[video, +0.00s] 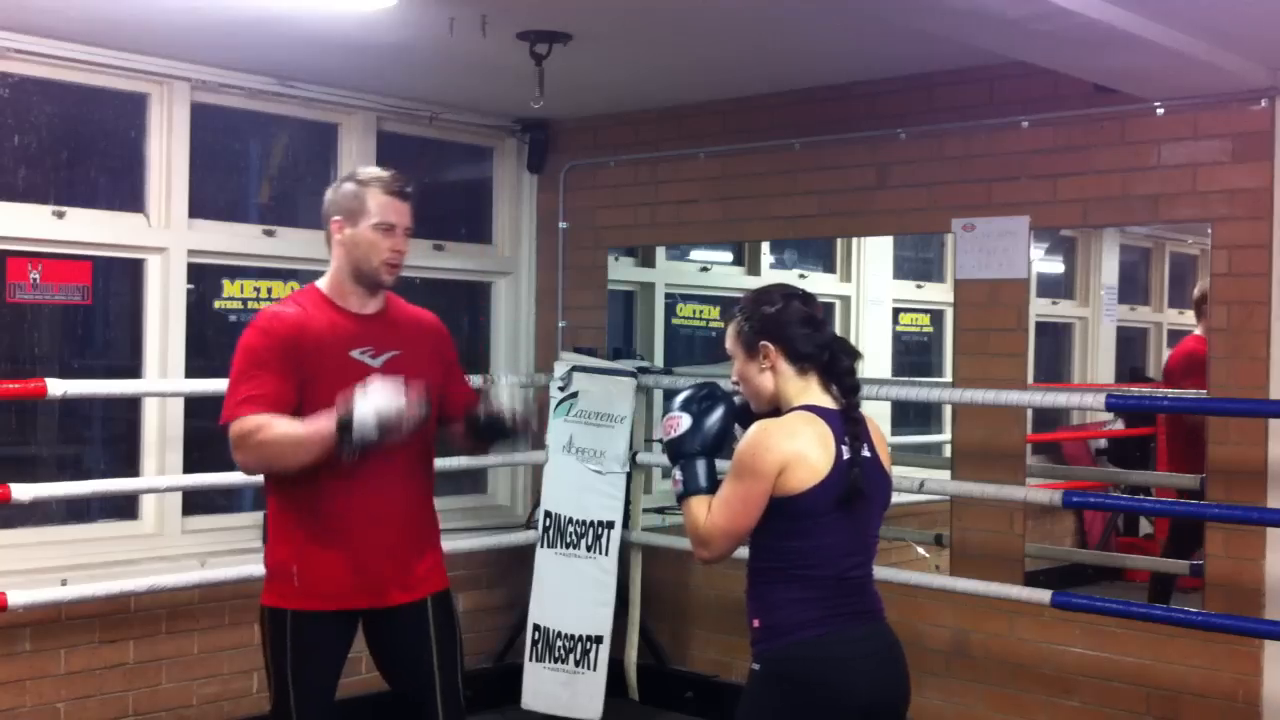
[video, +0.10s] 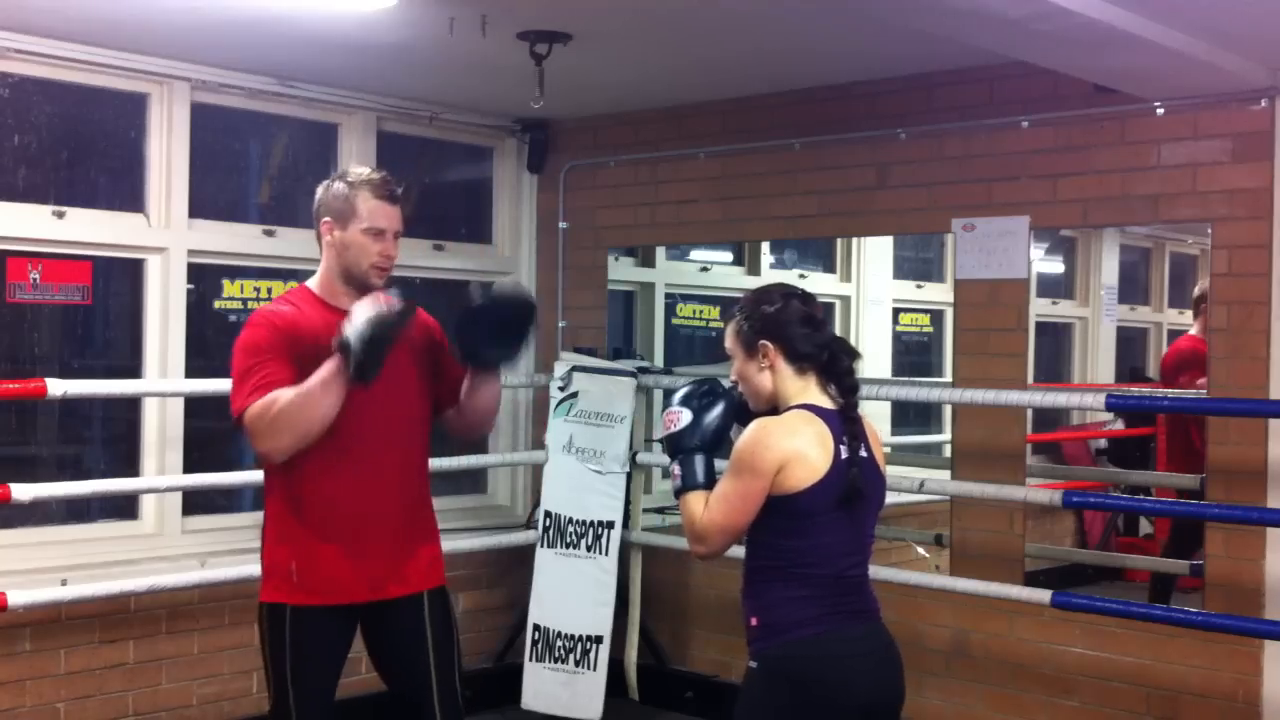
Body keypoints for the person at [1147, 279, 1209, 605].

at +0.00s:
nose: (1224, 313)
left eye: (1221, 306)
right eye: (1220, 306)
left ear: (1199, 309)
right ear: (1209, 309)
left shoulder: (1190, 350)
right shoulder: (1195, 353)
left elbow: (1181, 416)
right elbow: (1196, 416)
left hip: (1190, 463)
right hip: (1194, 466)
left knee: (1184, 536)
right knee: (1183, 537)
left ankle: (1157, 605)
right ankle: (1157, 608)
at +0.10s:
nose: (1223, 314)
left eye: (1220, 307)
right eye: (1219, 308)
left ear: (1199, 307)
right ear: (1206, 308)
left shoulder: (1188, 348)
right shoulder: (1191, 352)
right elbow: (1199, 416)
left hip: (1190, 461)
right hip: (1193, 464)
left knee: (1187, 534)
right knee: (1184, 536)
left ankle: (1158, 605)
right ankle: (1157, 608)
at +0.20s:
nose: (1222, 316)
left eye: (1220, 309)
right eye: (1218, 309)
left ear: (1200, 309)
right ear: (1205, 309)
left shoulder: (1202, 351)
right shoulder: (1185, 352)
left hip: (1201, 461)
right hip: (1190, 463)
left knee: (1192, 535)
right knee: (1186, 537)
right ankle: (1158, 608)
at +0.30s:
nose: (1220, 317)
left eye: (1219, 311)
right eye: (1216, 311)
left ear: (1204, 310)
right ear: (1204, 310)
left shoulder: (1208, 352)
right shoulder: (1182, 353)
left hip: (1209, 463)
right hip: (1193, 464)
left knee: (1196, 536)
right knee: (1190, 537)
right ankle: (1160, 608)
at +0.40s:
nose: (1221, 317)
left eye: (1220, 310)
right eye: (1218, 310)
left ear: (1205, 310)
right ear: (1206, 310)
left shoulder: (1206, 352)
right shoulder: (1186, 353)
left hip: (1208, 463)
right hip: (1194, 464)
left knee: (1197, 537)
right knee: (1190, 538)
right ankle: (1160, 608)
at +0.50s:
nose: (1224, 319)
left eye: (1222, 313)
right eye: (1221, 313)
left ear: (1203, 311)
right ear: (1209, 312)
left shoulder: (1192, 351)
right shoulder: (1191, 353)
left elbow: (1185, 414)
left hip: (1199, 464)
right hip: (1196, 466)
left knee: (1196, 536)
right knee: (1192, 537)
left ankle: (1164, 604)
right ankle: (1162, 607)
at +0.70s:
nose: (1226, 320)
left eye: (1224, 313)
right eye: (1223, 313)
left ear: (1204, 312)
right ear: (1211, 313)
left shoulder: (1201, 350)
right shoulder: (1189, 351)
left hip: (1203, 465)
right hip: (1193, 466)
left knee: (1197, 538)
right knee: (1191, 539)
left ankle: (1164, 604)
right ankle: (1162, 608)